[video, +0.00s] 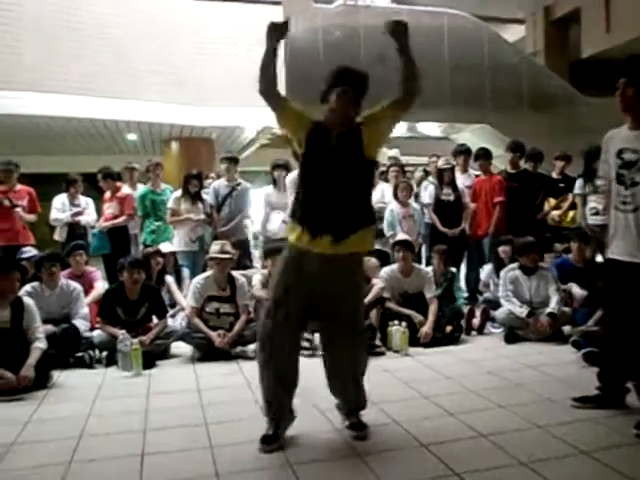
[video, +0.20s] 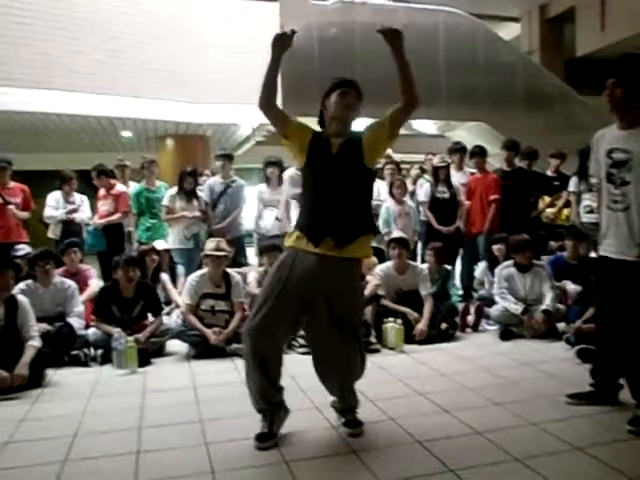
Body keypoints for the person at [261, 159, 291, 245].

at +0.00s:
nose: (279, 175)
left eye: (282, 171)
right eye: (276, 171)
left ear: (287, 173)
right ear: (272, 173)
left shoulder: (293, 192)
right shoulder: (269, 193)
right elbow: (266, 212)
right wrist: (263, 230)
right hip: (271, 235)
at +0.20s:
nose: (271, 171)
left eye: (275, 168)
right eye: (269, 168)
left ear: (280, 170)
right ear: (264, 171)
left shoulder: (285, 190)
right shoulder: (261, 189)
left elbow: (288, 210)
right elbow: (259, 209)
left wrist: (289, 226)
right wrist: (256, 227)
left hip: (281, 230)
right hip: (264, 231)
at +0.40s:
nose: (260, 170)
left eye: (263, 167)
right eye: (257, 166)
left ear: (268, 170)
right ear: (253, 170)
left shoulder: (276, 190)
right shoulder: (250, 190)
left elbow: (280, 211)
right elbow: (247, 210)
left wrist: (280, 226)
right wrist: (245, 226)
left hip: (271, 230)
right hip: (253, 231)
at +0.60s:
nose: (252, 147)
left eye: (255, 143)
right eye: (249, 143)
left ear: (261, 146)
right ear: (245, 146)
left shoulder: (269, 165)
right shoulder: (243, 166)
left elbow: (273, 187)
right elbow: (240, 189)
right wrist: (239, 208)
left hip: (264, 207)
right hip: (248, 208)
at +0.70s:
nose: (253, 148)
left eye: (255, 144)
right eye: (250, 145)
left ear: (260, 147)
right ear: (246, 148)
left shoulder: (268, 165)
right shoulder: (243, 166)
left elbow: (272, 184)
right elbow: (241, 189)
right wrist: (240, 211)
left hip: (264, 207)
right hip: (248, 207)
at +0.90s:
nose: (254, 148)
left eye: (255, 144)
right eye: (250, 145)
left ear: (259, 147)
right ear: (246, 148)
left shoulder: (262, 165)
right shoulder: (243, 168)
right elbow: (241, 190)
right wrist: (241, 208)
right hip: (247, 208)